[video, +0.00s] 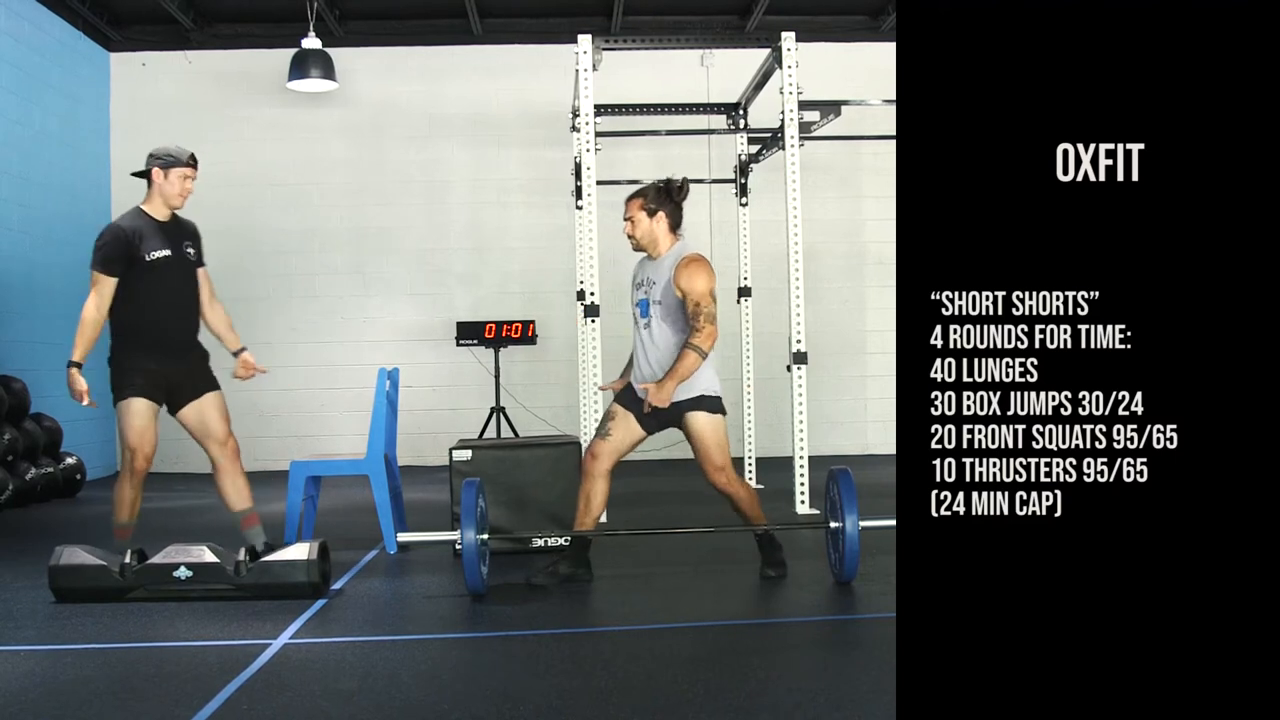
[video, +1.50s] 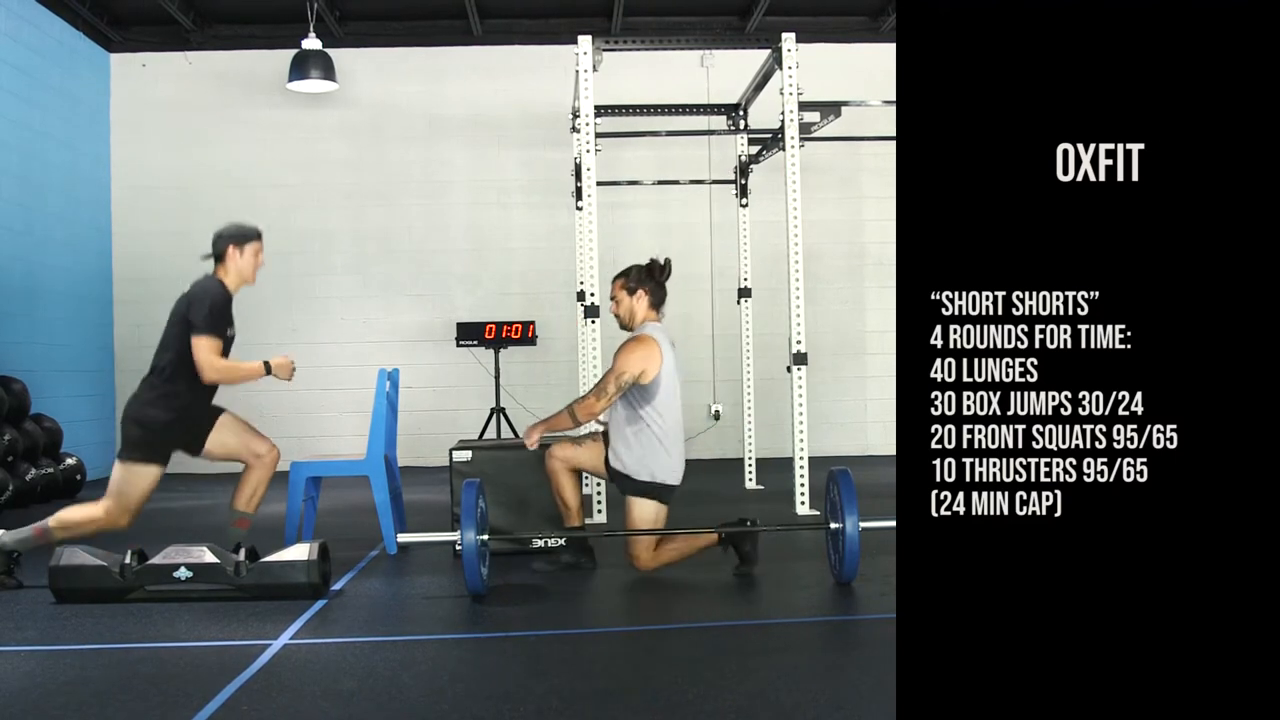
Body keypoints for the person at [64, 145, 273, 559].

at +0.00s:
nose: (189, 189)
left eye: (192, 181)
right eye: (183, 179)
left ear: (188, 184)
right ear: (157, 176)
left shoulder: (187, 233)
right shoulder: (121, 234)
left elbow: (207, 302)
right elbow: (98, 303)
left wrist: (238, 350)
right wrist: (75, 364)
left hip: (186, 359)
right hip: (136, 362)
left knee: (225, 445)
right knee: (139, 460)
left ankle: (259, 547)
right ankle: (124, 555)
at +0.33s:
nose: (207, 190)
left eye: (209, 182)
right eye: (203, 181)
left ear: (184, 179)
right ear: (177, 176)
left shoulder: (179, 229)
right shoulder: (144, 225)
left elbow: (170, 296)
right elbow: (126, 293)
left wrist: (179, 347)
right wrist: (137, 352)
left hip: (179, 351)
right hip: (141, 352)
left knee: (212, 447)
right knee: (144, 453)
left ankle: (223, 547)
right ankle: (122, 554)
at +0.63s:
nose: (242, 198)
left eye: (244, 191)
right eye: (238, 189)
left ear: (222, 187)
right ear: (213, 184)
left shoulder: (210, 234)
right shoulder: (179, 228)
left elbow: (188, 296)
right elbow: (149, 294)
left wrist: (193, 347)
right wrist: (190, 344)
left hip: (192, 358)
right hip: (157, 358)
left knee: (228, 445)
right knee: (145, 458)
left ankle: (224, 549)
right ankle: (59, 528)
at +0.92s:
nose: (259, 272)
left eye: (261, 264)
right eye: (255, 262)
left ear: (236, 259)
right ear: (231, 256)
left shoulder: (213, 300)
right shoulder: (201, 296)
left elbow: (191, 369)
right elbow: (188, 369)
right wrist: (248, 385)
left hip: (184, 415)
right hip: (150, 418)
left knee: (261, 451)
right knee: (127, 523)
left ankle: (231, 551)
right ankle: (16, 541)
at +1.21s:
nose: (260, 319)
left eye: (261, 312)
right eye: (257, 310)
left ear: (228, 308)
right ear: (232, 306)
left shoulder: (195, 338)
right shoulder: (207, 344)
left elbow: (149, 392)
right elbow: (213, 421)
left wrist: (126, 441)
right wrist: (266, 409)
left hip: (183, 453)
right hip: (150, 462)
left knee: (266, 455)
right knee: (126, 568)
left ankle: (233, 548)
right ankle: (16, 541)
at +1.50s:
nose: (262, 261)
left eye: (261, 253)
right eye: (257, 253)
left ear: (234, 255)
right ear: (233, 254)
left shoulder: (219, 298)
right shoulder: (208, 293)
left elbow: (203, 368)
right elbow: (210, 368)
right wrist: (268, 368)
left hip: (188, 414)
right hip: (155, 415)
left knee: (264, 453)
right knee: (115, 514)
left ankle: (234, 550)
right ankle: (11, 541)